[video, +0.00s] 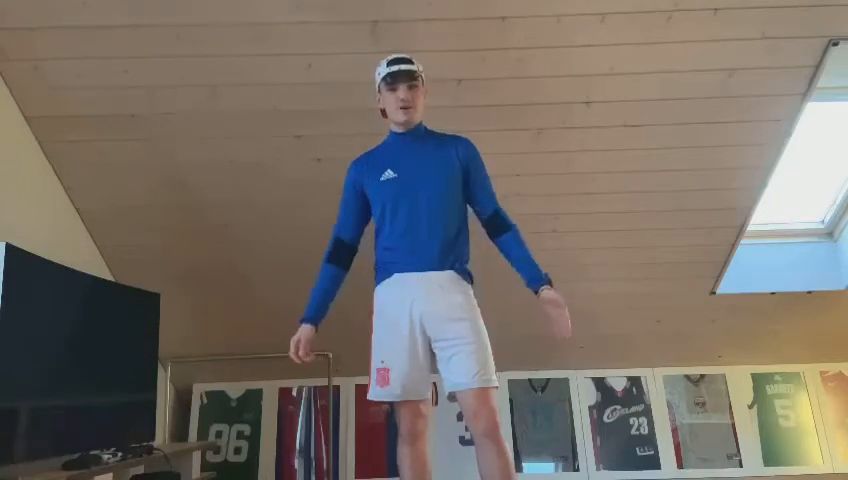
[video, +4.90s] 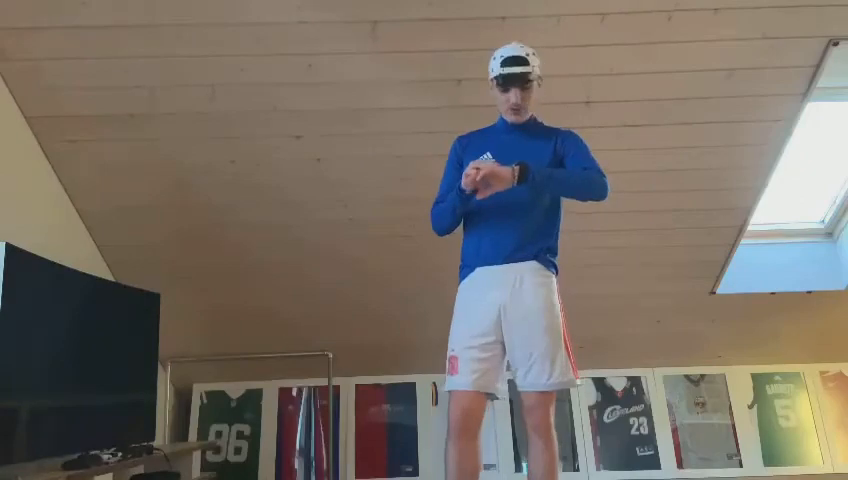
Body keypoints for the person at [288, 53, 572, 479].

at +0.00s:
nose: (403, 95)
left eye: (411, 86)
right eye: (393, 88)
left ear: (424, 95)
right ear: (380, 103)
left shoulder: (459, 150)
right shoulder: (365, 167)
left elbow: (497, 223)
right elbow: (341, 248)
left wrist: (541, 284)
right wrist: (309, 321)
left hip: (452, 294)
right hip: (394, 301)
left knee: (484, 419)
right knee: (411, 423)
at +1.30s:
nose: (413, 95)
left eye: (419, 87)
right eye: (402, 87)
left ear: (426, 96)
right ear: (380, 99)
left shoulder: (454, 150)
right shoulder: (361, 168)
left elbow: (482, 218)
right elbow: (348, 239)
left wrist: (486, 262)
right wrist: (337, 288)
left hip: (451, 294)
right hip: (394, 299)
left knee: (482, 417)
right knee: (411, 422)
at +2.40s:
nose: (412, 115)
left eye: (419, 105)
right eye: (402, 105)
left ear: (428, 105)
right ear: (381, 105)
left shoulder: (455, 151)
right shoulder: (363, 172)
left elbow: (496, 207)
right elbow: (354, 252)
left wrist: (447, 228)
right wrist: (388, 257)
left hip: (466, 289)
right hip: (409, 296)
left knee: (505, 405)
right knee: (418, 419)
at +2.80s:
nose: (452, 107)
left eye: (460, 98)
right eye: (443, 96)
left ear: (469, 96)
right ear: (421, 91)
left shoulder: (487, 146)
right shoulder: (391, 158)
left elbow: (534, 206)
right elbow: (374, 239)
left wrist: (487, 222)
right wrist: (410, 230)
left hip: (486, 289)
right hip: (429, 293)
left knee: (513, 409)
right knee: (430, 420)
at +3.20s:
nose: (498, 106)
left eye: (509, 97)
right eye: (490, 94)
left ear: (519, 94)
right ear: (472, 84)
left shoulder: (534, 141)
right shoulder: (439, 146)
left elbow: (576, 195)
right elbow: (409, 223)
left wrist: (511, 182)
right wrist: (455, 192)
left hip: (522, 288)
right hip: (463, 293)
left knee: (532, 413)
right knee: (447, 419)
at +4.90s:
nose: (515, 97)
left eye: (524, 87)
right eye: (506, 88)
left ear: (536, 86)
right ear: (494, 88)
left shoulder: (560, 141)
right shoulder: (467, 146)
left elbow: (597, 186)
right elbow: (440, 223)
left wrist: (519, 173)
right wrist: (465, 190)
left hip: (533, 285)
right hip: (476, 287)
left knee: (538, 416)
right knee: (462, 415)